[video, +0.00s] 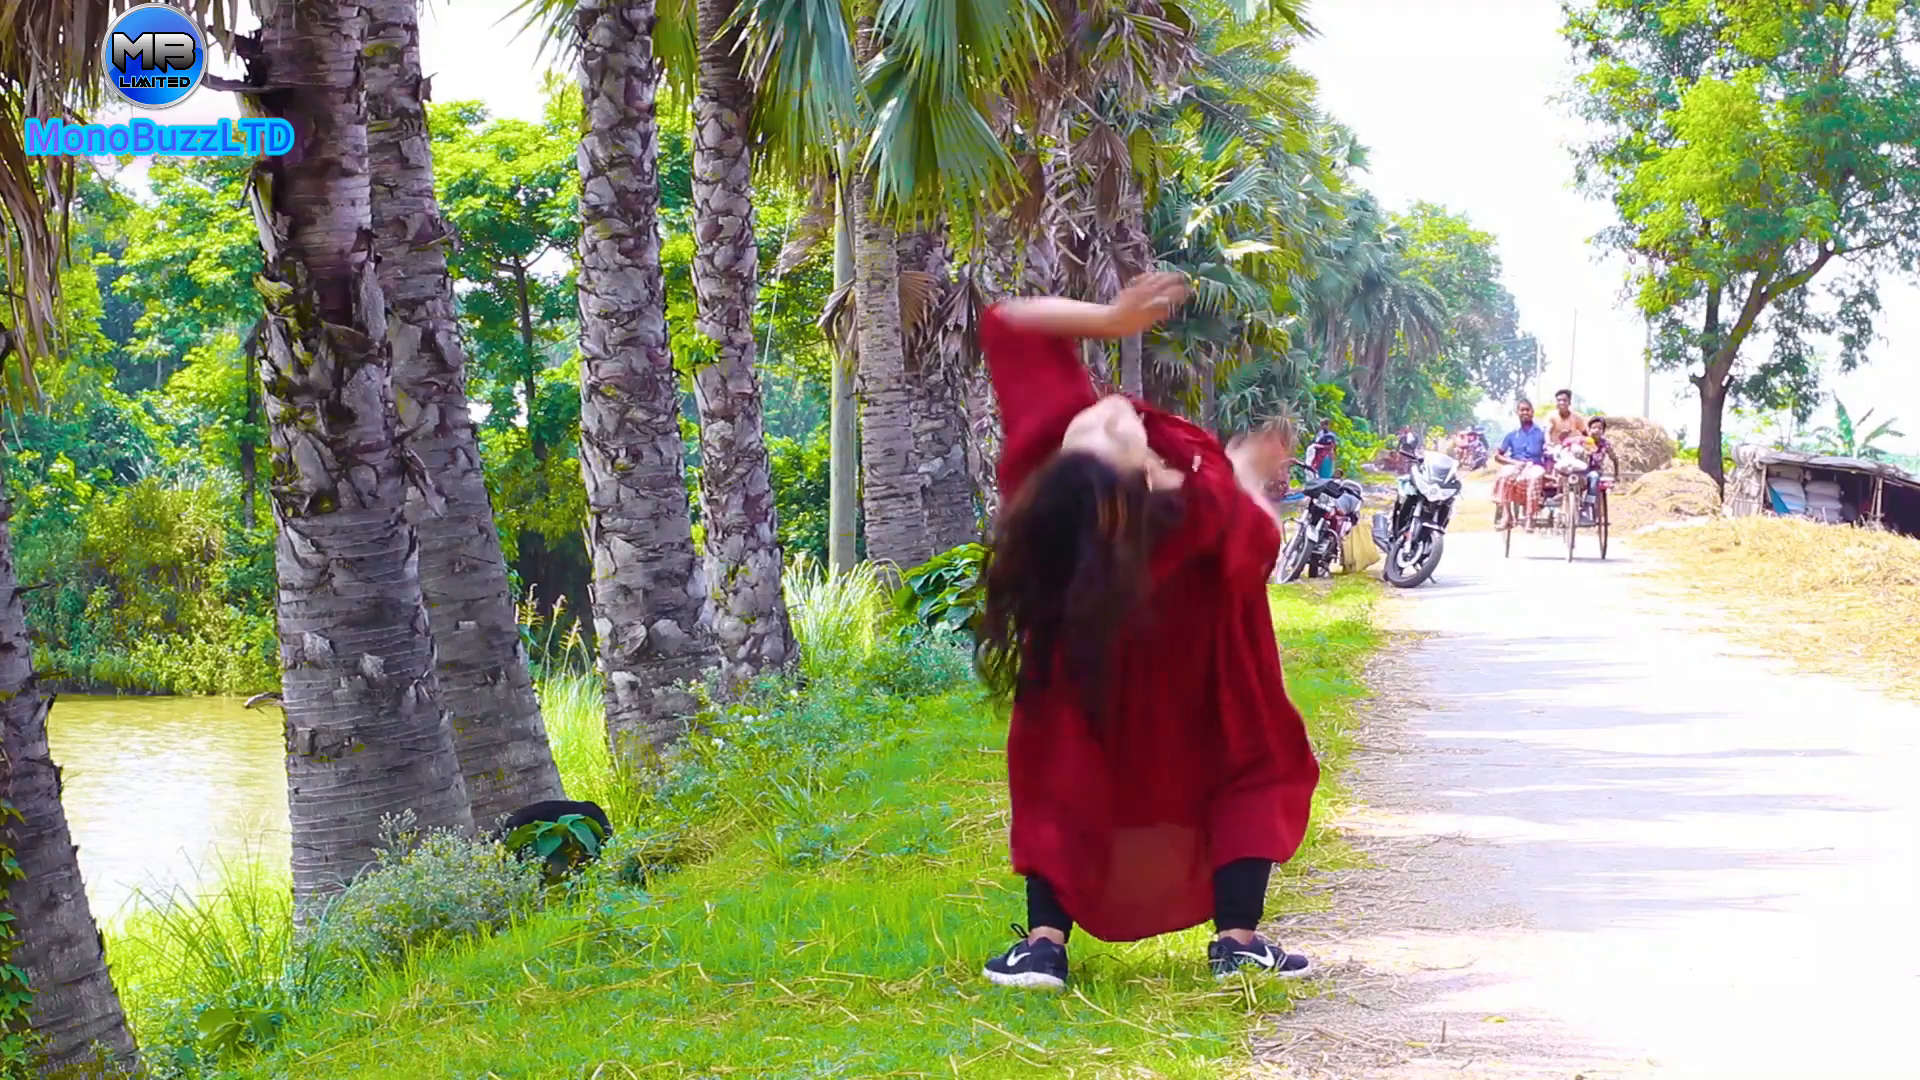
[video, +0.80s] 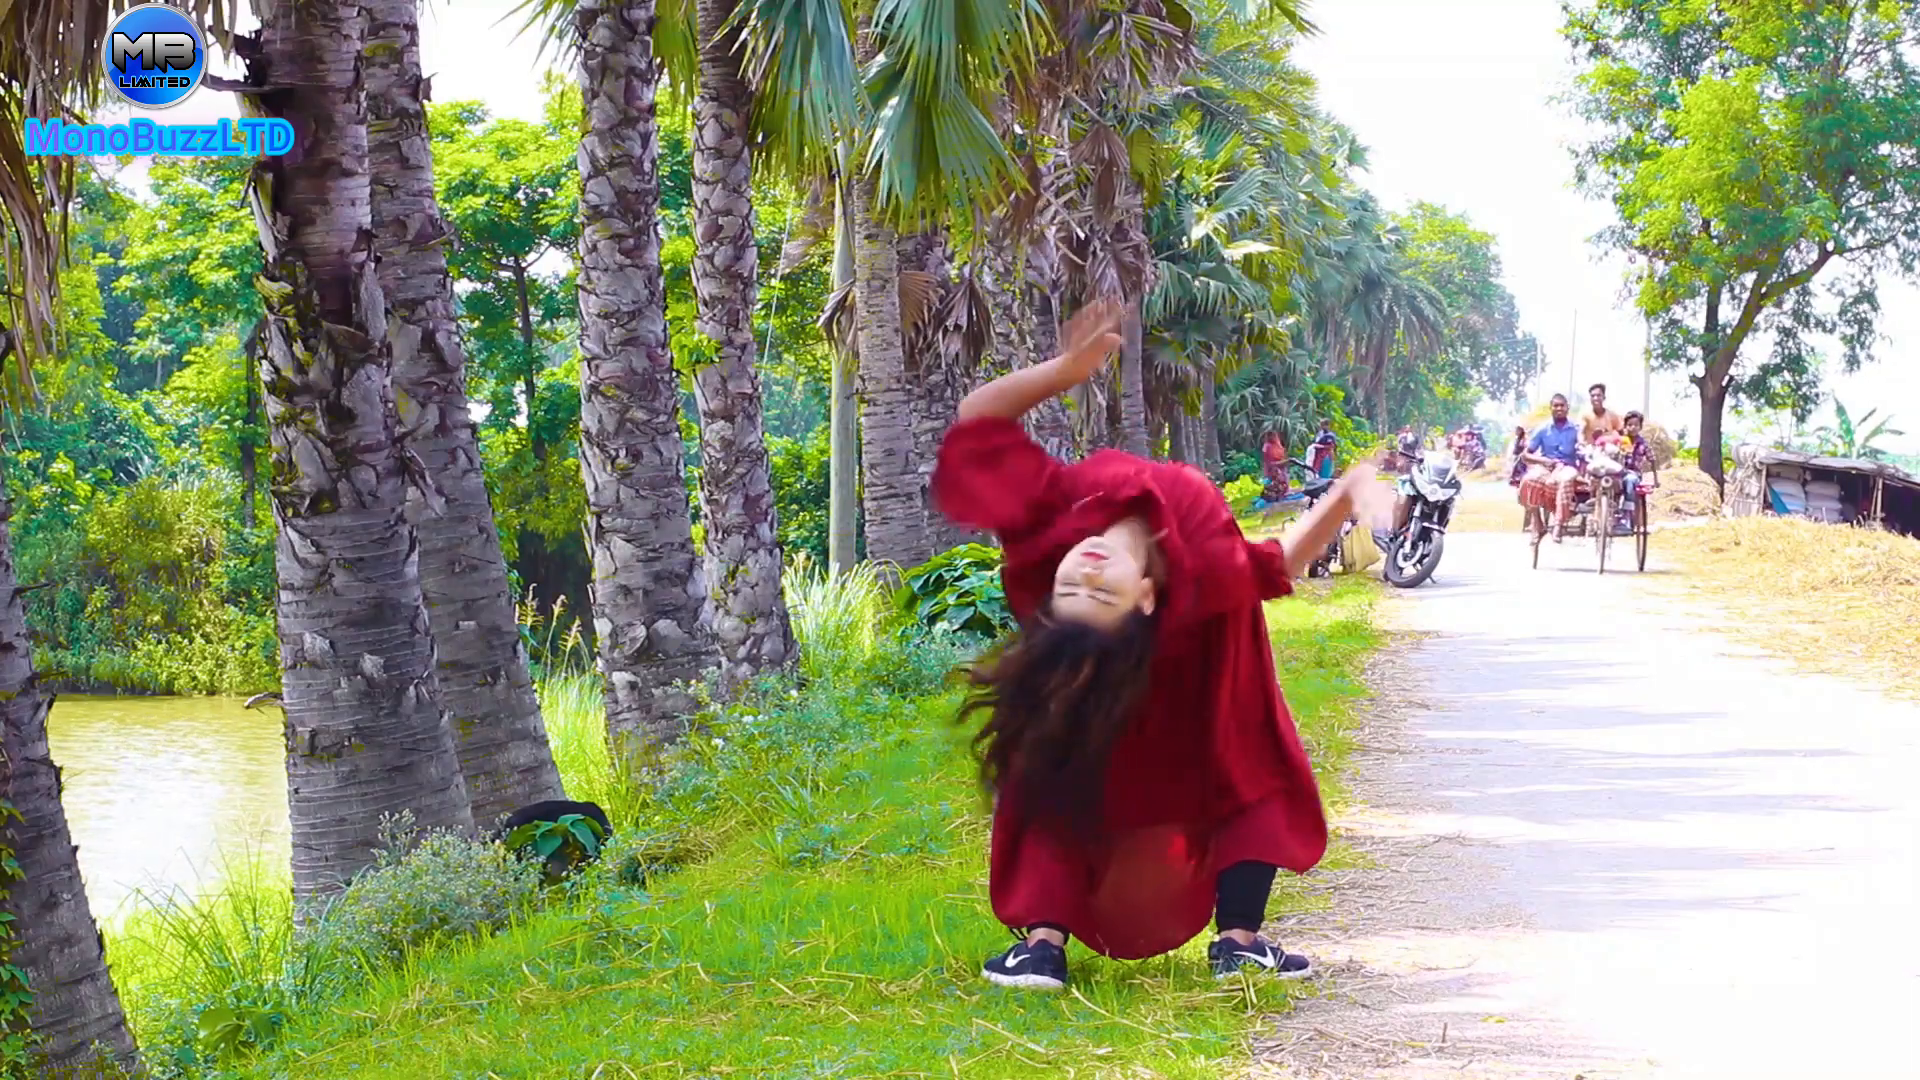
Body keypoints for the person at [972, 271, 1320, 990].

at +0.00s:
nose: (1105, 411)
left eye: (1089, 430)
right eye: (1119, 440)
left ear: (1060, 455)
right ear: (1148, 482)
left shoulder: (1040, 439)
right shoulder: (1201, 505)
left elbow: (1005, 319)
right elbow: (1259, 544)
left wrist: (1111, 319)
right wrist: (1251, 474)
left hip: (1073, 623)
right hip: (1201, 625)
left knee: (1055, 755)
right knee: (1255, 756)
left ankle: (1044, 941)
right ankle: (1239, 936)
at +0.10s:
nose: (1101, 463)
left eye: (1090, 480)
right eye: (1137, 484)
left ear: (1065, 495)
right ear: (1155, 505)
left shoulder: (1036, 480)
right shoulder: (1216, 465)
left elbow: (985, 384)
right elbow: (1287, 485)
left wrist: (1053, 369)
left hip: (1084, 607)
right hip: (1207, 600)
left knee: (1050, 755)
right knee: (1252, 755)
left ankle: (1044, 941)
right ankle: (1238, 935)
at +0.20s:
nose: (1115, 481)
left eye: (1090, 506)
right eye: (1135, 504)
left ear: (1071, 515)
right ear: (1168, 518)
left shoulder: (1043, 512)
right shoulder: (1219, 443)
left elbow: (980, 448)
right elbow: (1298, 394)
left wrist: (1028, 414)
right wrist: (1265, 376)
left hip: (1094, 616)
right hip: (1216, 613)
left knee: (1044, 757)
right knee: (1256, 756)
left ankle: (1042, 943)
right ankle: (1237, 935)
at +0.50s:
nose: (1093, 525)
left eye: (1075, 546)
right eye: (1109, 546)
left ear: (1060, 559)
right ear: (1154, 562)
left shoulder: (1046, 525)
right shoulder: (1204, 513)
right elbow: (1274, 478)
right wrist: (1173, 457)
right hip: (1236, 639)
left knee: (1063, 775)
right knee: (1278, 768)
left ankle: (1044, 941)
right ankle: (1242, 937)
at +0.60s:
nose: (1081, 510)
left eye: (1057, 553)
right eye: (1089, 558)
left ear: (1042, 554)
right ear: (1134, 577)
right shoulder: (1193, 545)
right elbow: (1302, 543)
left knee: (1070, 781)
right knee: (1272, 767)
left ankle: (1045, 942)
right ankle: (1242, 936)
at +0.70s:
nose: (1080, 550)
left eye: (1061, 573)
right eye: (1095, 578)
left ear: (1039, 571)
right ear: (1130, 594)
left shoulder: (1029, 478)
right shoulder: (1194, 576)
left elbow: (1002, 402)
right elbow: (1310, 562)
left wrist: (1105, 374)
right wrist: (1307, 572)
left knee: (1066, 768)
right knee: (1258, 766)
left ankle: (1043, 944)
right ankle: (1241, 938)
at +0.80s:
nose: (1091, 562)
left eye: (1073, 585)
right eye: (1106, 584)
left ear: (1059, 576)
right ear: (1143, 597)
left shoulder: (1040, 506)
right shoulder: (1207, 566)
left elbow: (977, 411)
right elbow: (1285, 564)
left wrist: (1064, 366)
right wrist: (1346, 491)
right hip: (1206, 640)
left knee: (1050, 766)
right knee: (1260, 764)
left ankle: (1041, 943)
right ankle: (1240, 939)